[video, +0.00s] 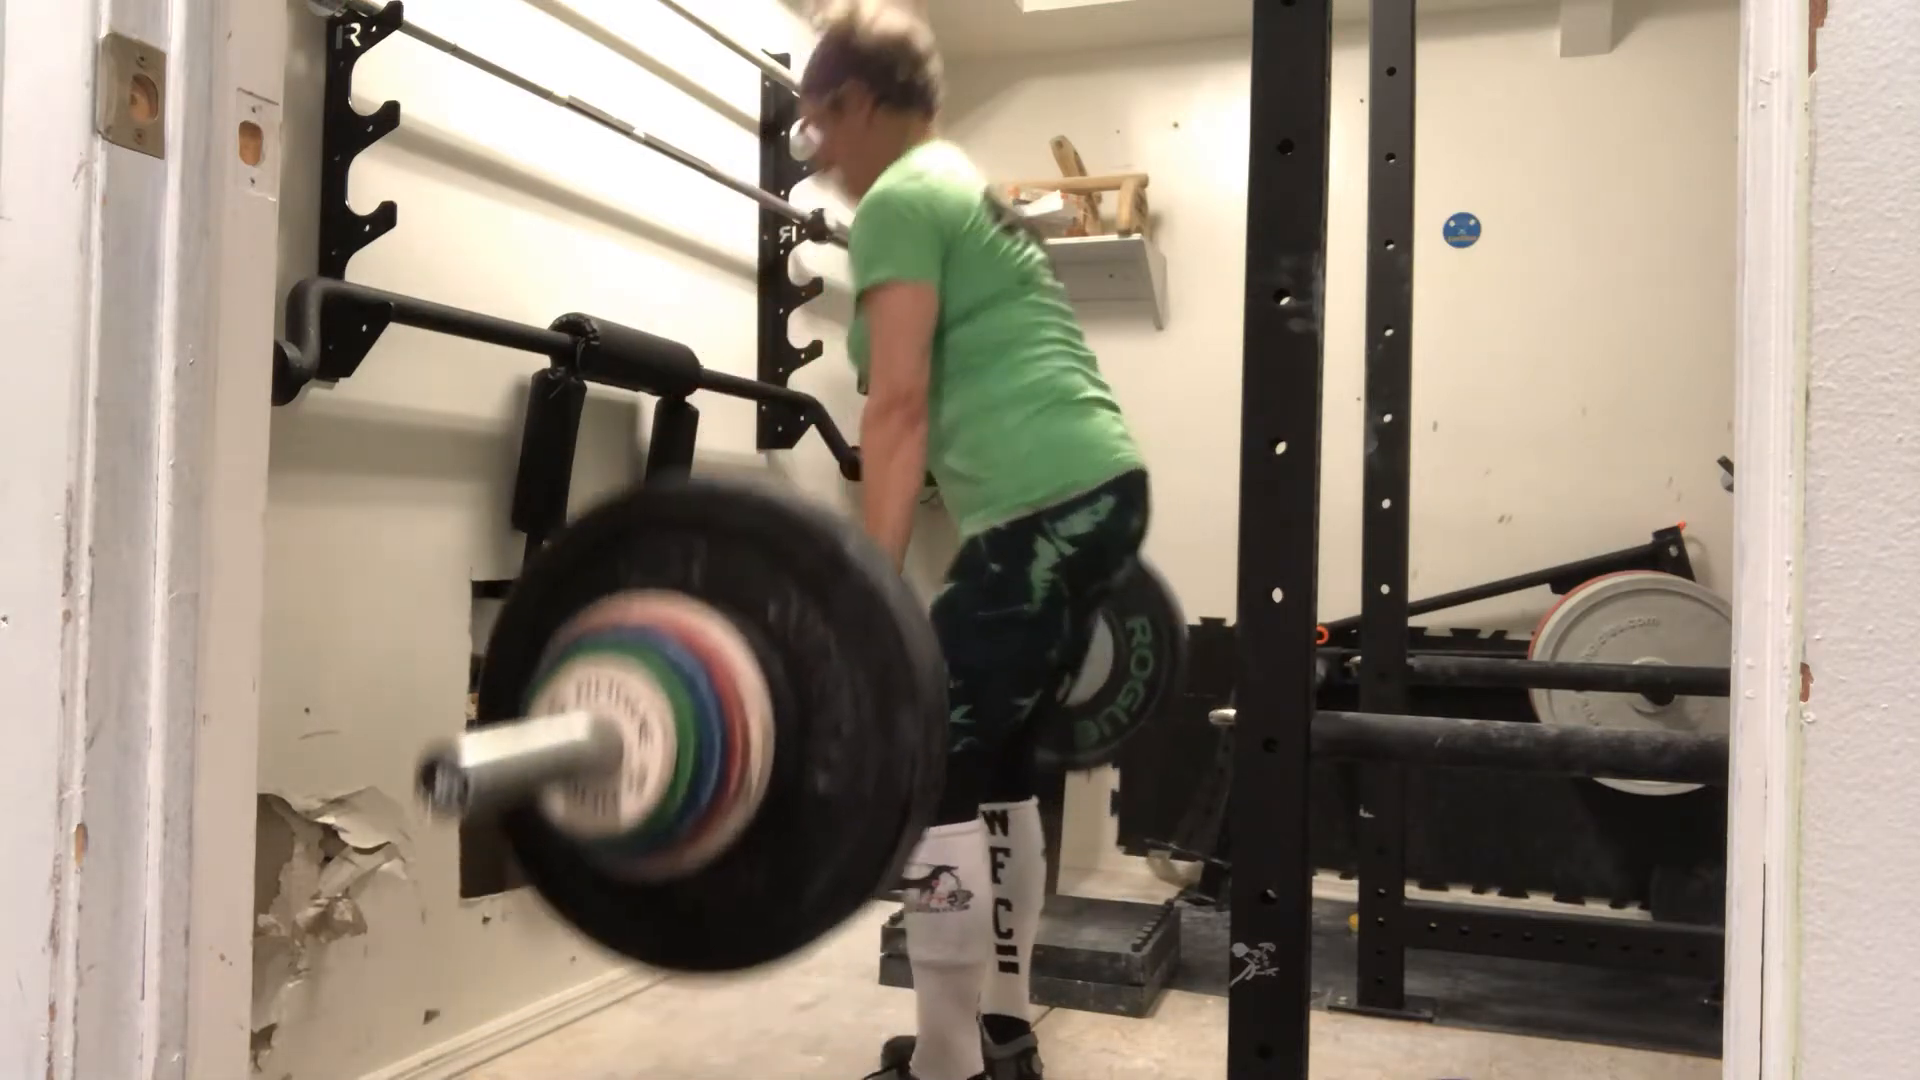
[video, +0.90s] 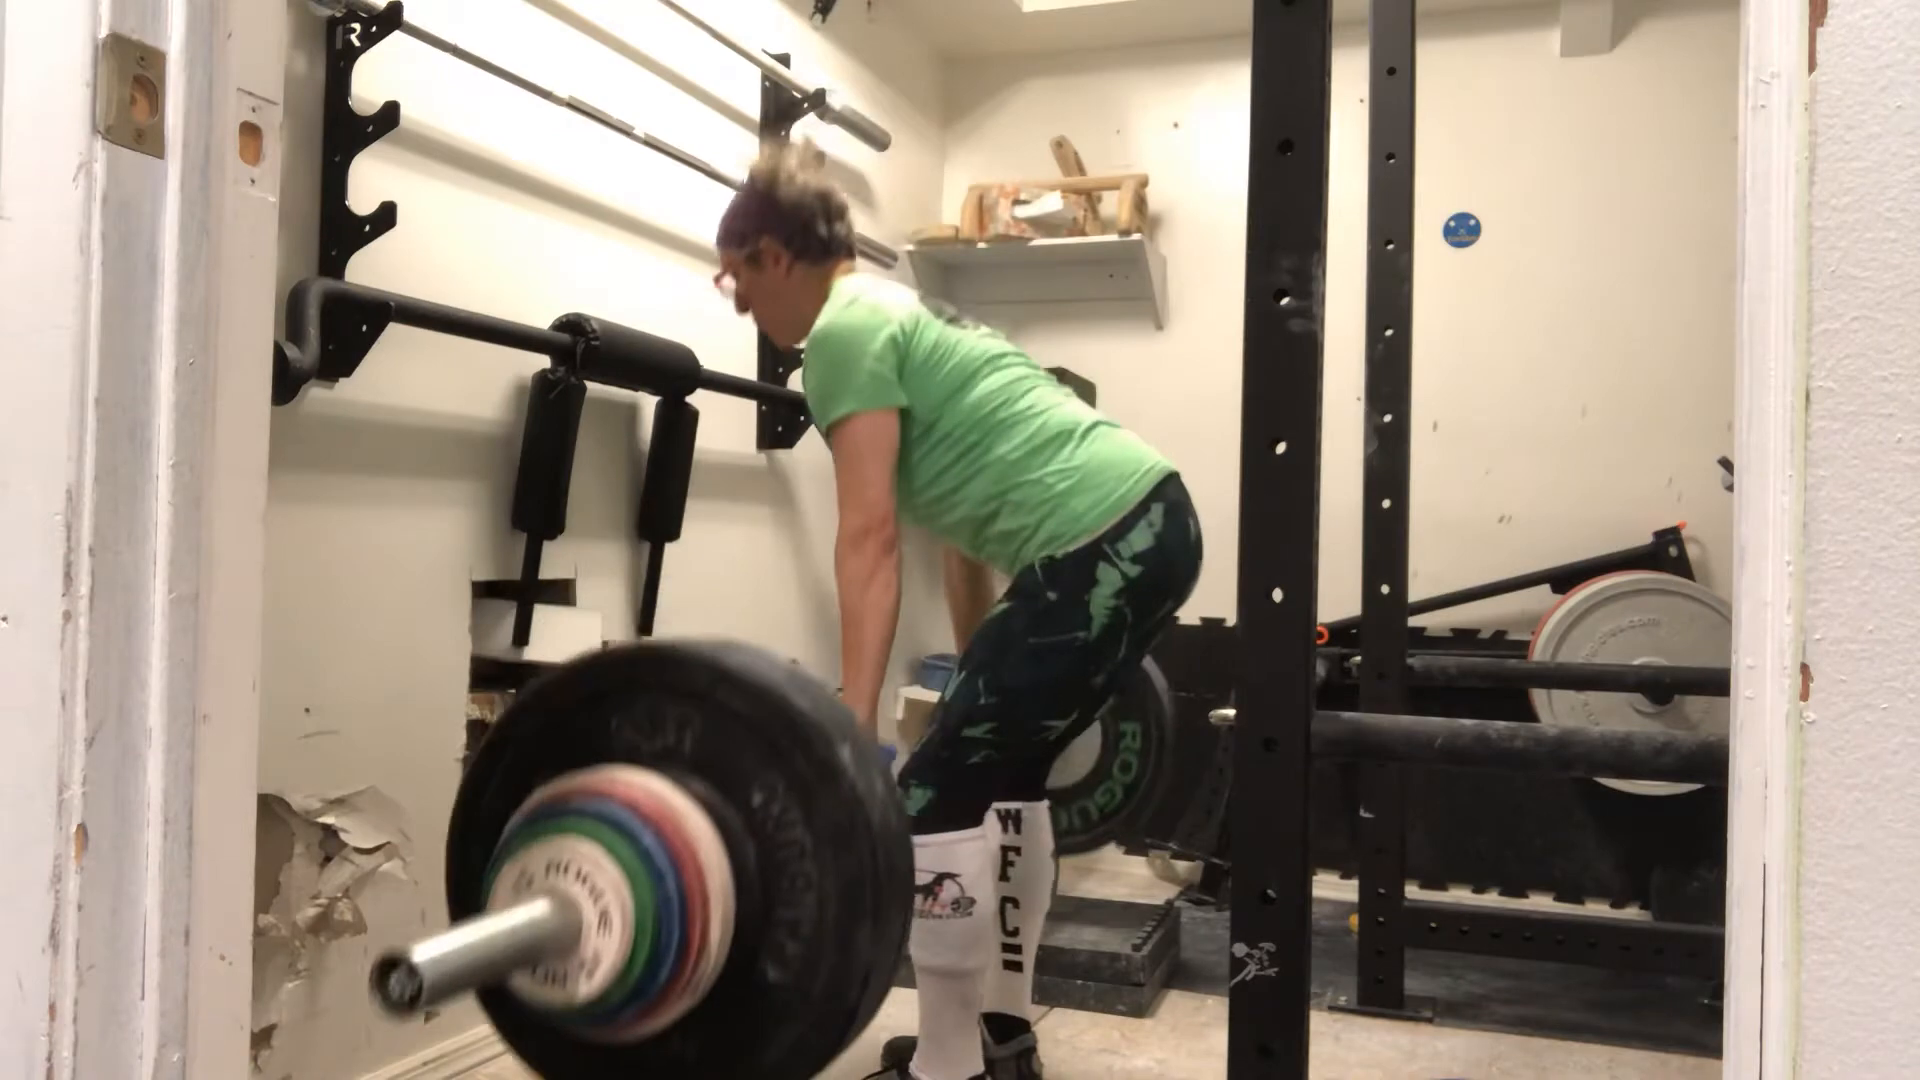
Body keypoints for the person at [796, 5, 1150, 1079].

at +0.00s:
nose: (809, 144)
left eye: (817, 117)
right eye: (807, 121)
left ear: (866, 105)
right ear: (892, 107)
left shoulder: (901, 200)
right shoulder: (950, 185)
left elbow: (897, 407)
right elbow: (934, 395)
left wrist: (868, 586)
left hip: (1039, 509)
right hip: (1092, 491)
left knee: (935, 763)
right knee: (1011, 753)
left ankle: (947, 1060)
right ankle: (1002, 1020)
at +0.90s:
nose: (733, 293)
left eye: (735, 270)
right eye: (729, 275)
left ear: (778, 257)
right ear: (802, 253)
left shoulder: (847, 330)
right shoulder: (896, 318)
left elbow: (870, 540)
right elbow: (965, 540)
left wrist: (853, 733)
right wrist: (981, 688)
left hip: (1103, 542)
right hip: (1142, 522)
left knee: (932, 797)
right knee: (1007, 778)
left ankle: (945, 1062)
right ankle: (1002, 1027)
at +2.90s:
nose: (747, 314)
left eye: (744, 287)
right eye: (741, 292)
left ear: (781, 267)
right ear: (819, 262)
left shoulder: (855, 340)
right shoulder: (919, 323)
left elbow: (874, 561)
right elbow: (978, 546)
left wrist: (867, 750)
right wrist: (989, 699)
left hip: (1115, 549)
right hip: (1163, 523)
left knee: (949, 807)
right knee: (1024, 784)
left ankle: (943, 1063)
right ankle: (1005, 1029)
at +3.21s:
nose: (783, 169)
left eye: (792, 143)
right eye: (785, 145)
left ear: (838, 140)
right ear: (879, 142)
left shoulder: (886, 243)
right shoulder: (945, 227)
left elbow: (891, 461)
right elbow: (996, 435)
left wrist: (870, 653)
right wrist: (991, 599)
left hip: (1077, 524)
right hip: (1129, 502)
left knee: (957, 772)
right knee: (1018, 755)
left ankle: (947, 1062)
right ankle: (1005, 1017)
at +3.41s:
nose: (873, 70)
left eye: (885, 44)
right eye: (871, 48)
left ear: (944, 33)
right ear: (964, 38)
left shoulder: (951, 150)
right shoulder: (1021, 145)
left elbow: (925, 365)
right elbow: (1026, 345)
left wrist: (875, 550)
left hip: (999, 498)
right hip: (1071, 483)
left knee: (961, 784)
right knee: (1026, 757)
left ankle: (950, 1057)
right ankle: (1003, 1020)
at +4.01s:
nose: (784, 172)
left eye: (791, 145)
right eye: (782, 150)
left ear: (846, 130)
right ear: (863, 133)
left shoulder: (880, 230)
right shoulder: (935, 217)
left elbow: (883, 441)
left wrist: (856, 624)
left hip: (1050, 520)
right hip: (1101, 500)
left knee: (916, 769)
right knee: (995, 763)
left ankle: (941, 1061)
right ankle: (999, 1022)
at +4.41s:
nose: (711, 318)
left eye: (717, 293)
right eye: (709, 297)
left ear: (761, 282)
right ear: (790, 277)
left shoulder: (821, 351)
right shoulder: (881, 339)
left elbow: (850, 562)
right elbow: (950, 538)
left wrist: (838, 758)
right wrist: (973, 683)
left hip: (1083, 552)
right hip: (1137, 526)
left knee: (913, 798)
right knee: (1004, 779)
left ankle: (942, 1063)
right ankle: (1001, 1028)